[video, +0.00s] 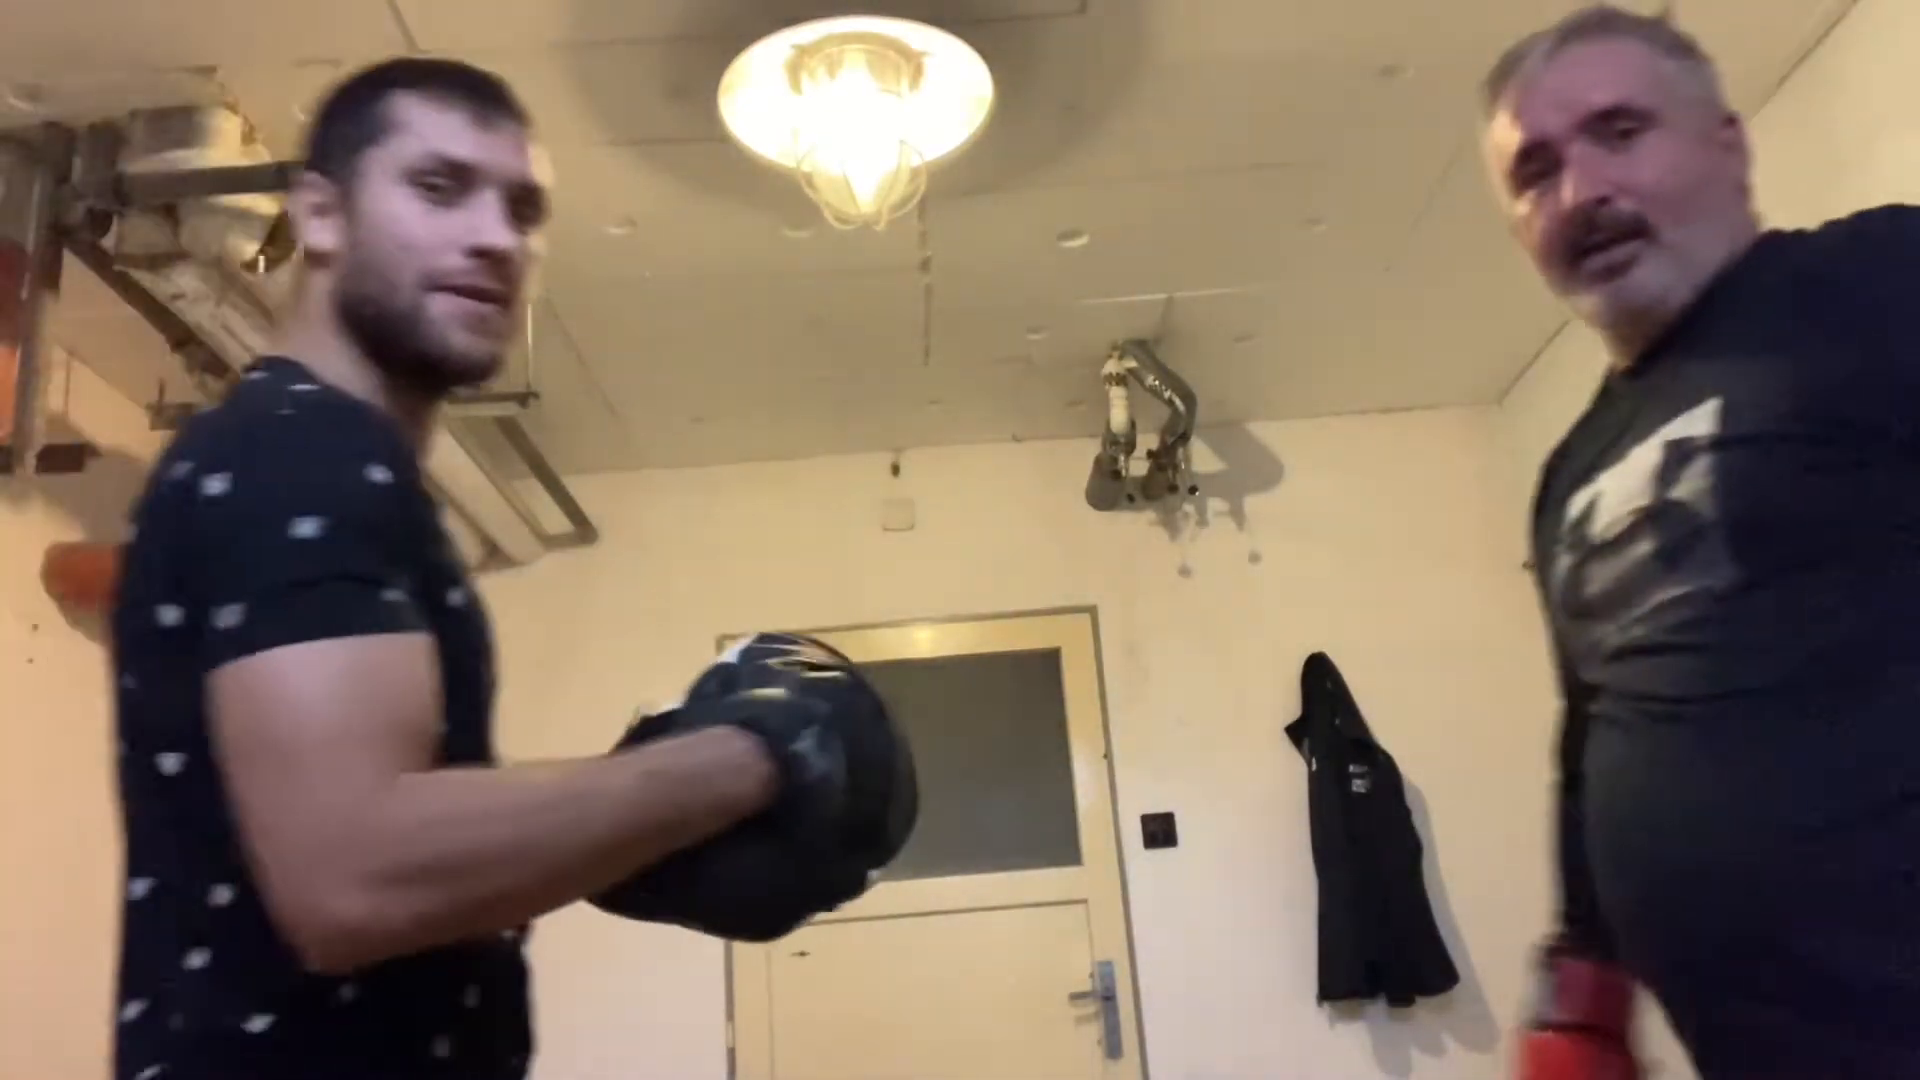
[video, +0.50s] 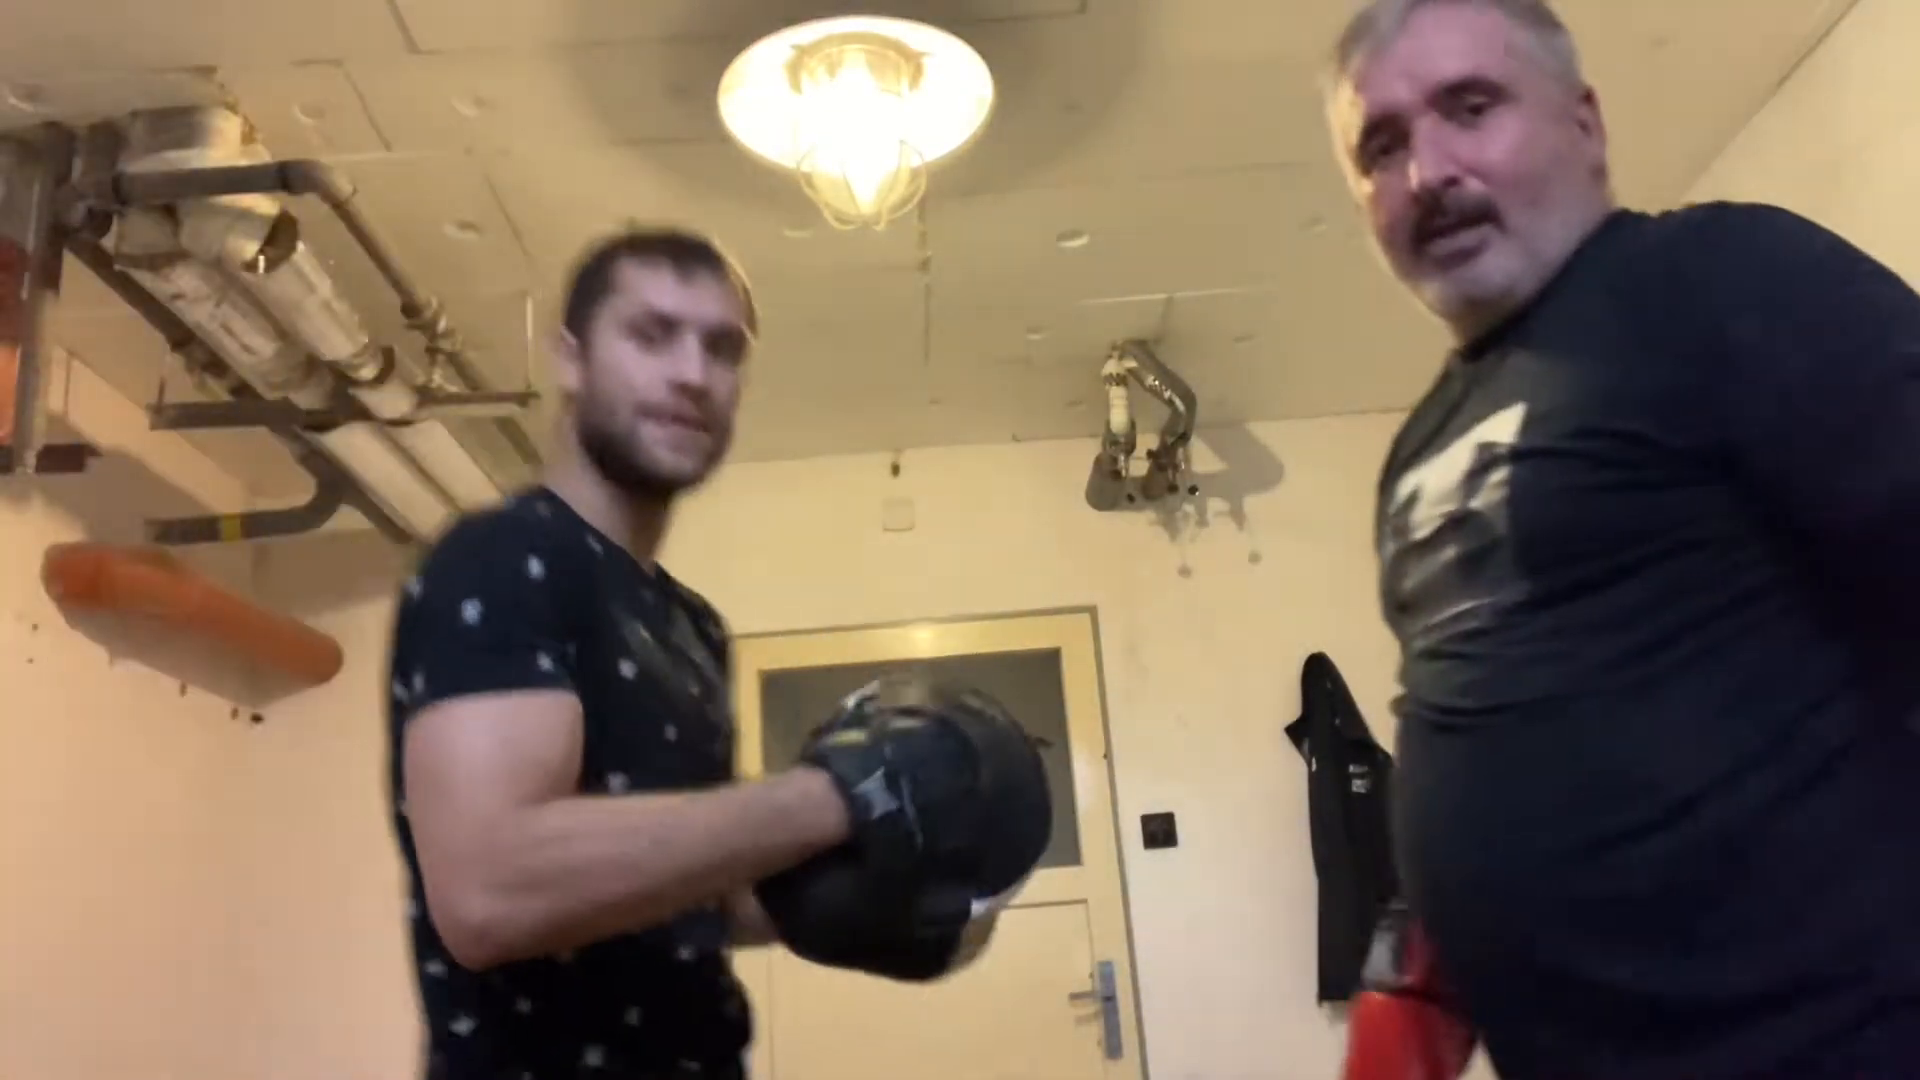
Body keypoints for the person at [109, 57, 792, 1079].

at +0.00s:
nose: (496, 238)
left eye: (522, 211)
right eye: (440, 187)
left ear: (539, 246)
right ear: (321, 216)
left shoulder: (356, 475)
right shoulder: (293, 458)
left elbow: (369, 832)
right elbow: (348, 881)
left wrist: (653, 778)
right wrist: (752, 757)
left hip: (400, 1054)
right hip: (304, 1056)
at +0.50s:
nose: (694, 375)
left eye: (721, 350)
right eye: (652, 335)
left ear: (742, 382)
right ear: (571, 357)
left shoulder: (693, 626)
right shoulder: (498, 565)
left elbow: (656, 901)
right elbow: (489, 889)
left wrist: (836, 893)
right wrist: (838, 793)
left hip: (695, 1053)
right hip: (541, 1057)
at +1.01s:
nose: (748, 469)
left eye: (776, 448)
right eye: (717, 441)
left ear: (801, 484)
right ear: (661, 466)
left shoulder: (833, 690)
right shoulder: (561, 647)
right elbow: (491, 907)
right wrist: (697, 845)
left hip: (767, 1056)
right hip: (591, 1056)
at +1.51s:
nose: (569, 542)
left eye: (592, 519)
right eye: (539, 520)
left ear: (625, 545)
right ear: (498, 548)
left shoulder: (714, 702)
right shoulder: (439, 741)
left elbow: (802, 917)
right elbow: (412, 979)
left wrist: (758, 865)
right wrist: (520, 872)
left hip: (694, 1058)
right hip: (523, 1062)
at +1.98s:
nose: (627, 574)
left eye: (648, 553)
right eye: (599, 552)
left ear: (672, 578)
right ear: (555, 575)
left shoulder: (740, 724)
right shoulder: (494, 750)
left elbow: (810, 932)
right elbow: (463, 962)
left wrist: (786, 829)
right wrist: (567, 836)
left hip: (710, 1061)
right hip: (555, 1063)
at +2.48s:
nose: (725, 605)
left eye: (744, 586)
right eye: (700, 578)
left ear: (757, 603)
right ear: (647, 587)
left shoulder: (768, 745)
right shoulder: (562, 726)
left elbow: (850, 941)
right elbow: (530, 910)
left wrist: (859, 826)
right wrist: (671, 786)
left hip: (720, 1060)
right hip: (580, 1058)